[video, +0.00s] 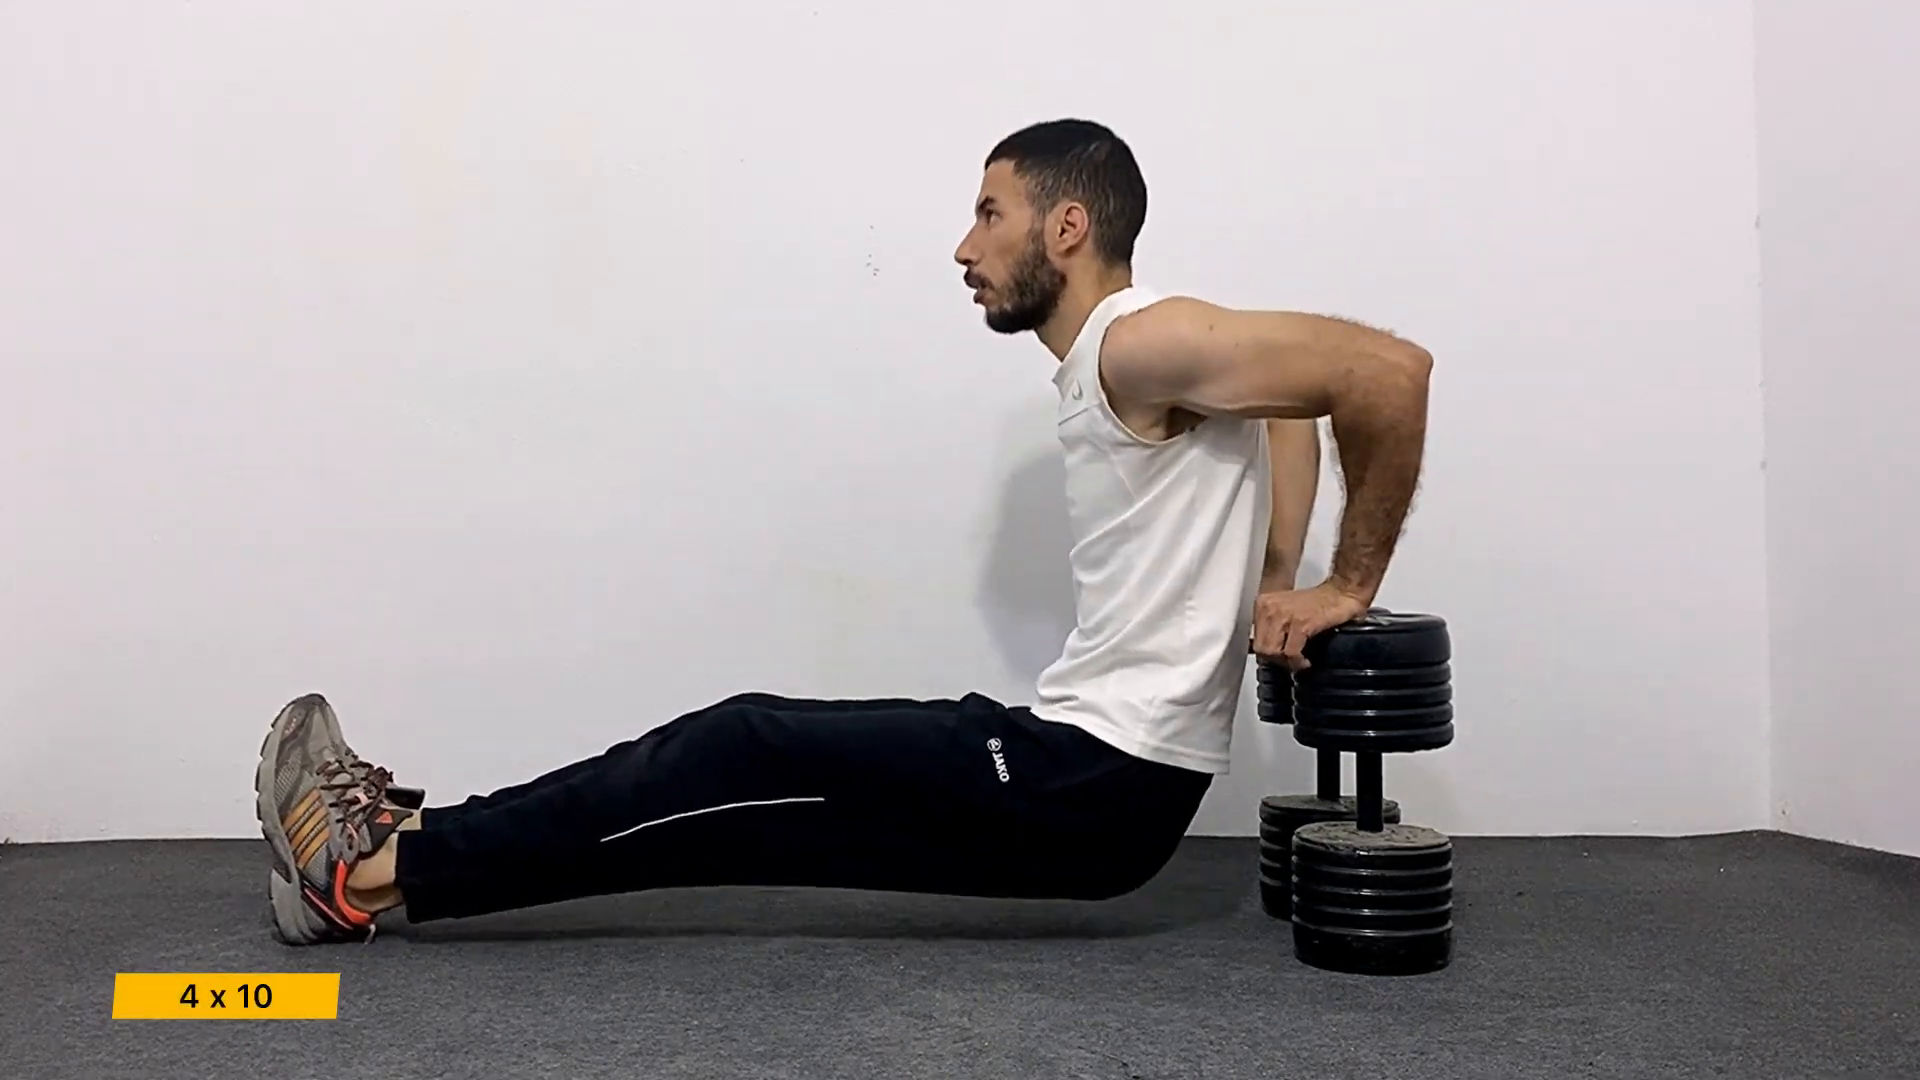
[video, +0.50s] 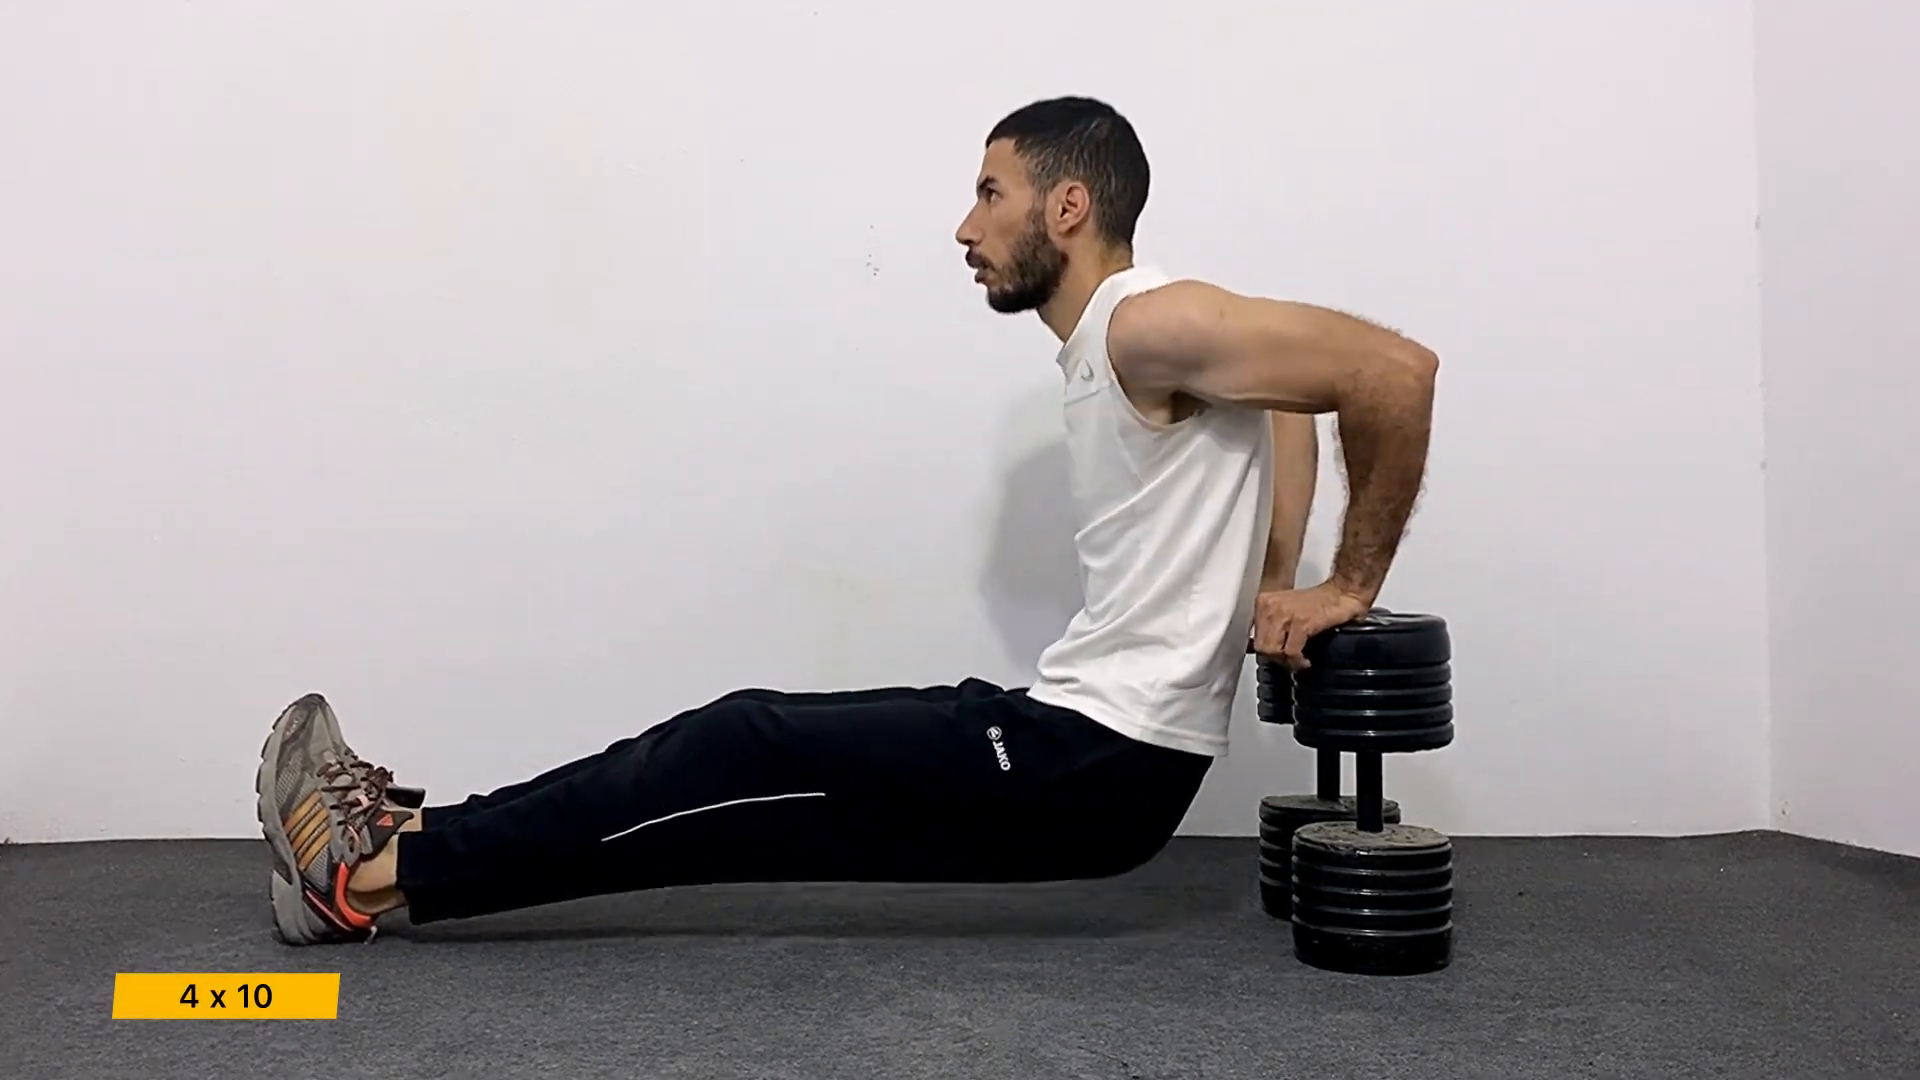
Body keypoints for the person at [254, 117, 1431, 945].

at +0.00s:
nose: (964, 248)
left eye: (987, 216)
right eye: (973, 219)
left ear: (1074, 227)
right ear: (1077, 228)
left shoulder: (1136, 345)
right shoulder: (1126, 345)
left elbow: (1391, 375)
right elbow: (1295, 391)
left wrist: (1355, 585)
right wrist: (1279, 575)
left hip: (1097, 776)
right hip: (1078, 760)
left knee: (741, 742)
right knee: (736, 795)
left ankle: (386, 869)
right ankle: (416, 848)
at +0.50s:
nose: (966, 228)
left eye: (989, 196)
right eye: (974, 199)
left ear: (1075, 205)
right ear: (1078, 208)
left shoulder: (1144, 326)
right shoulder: (1123, 322)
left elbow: (1397, 373)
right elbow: (1293, 383)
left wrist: (1352, 589)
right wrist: (1278, 569)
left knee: (735, 752)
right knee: (734, 748)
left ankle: (389, 876)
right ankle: (421, 843)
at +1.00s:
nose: (1021, 43)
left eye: (1042, 13)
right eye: (1027, 16)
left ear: (1128, 17)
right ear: (1112, 24)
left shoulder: (1189, 144)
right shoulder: (1146, 168)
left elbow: (1313, 350)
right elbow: (1244, 383)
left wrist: (1346, 579)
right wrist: (1263, 572)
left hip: (1063, 590)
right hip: (1041, 576)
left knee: (721, 714)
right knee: (715, 700)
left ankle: (379, 877)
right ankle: (412, 843)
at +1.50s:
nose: (992, 181)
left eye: (1013, 149)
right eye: (998, 152)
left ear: (1100, 159)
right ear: (1103, 164)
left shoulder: (1163, 286)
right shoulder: (1138, 294)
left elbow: (1395, 368)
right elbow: (1302, 374)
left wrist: (1354, 586)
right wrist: (1281, 572)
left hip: (1101, 720)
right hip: (1077, 702)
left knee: (737, 749)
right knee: (735, 745)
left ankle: (390, 871)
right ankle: (408, 854)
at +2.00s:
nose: (972, 276)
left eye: (995, 244)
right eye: (980, 246)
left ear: (1078, 251)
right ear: (1083, 253)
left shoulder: (1143, 370)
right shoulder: (1138, 373)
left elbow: (1401, 381)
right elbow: (1300, 412)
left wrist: (1354, 592)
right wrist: (1279, 580)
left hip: (1095, 808)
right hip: (1092, 799)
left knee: (737, 756)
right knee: (726, 821)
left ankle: (381, 873)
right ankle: (417, 848)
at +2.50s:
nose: (1000, 104)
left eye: (1023, 74)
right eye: (1006, 76)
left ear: (1102, 83)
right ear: (1095, 90)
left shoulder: (1172, 207)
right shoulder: (1144, 231)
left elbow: (1355, 358)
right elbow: (1276, 400)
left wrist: (1351, 585)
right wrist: (1269, 580)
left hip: (1084, 647)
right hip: (1071, 636)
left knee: (723, 724)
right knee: (724, 715)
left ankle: (390, 875)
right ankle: (416, 849)